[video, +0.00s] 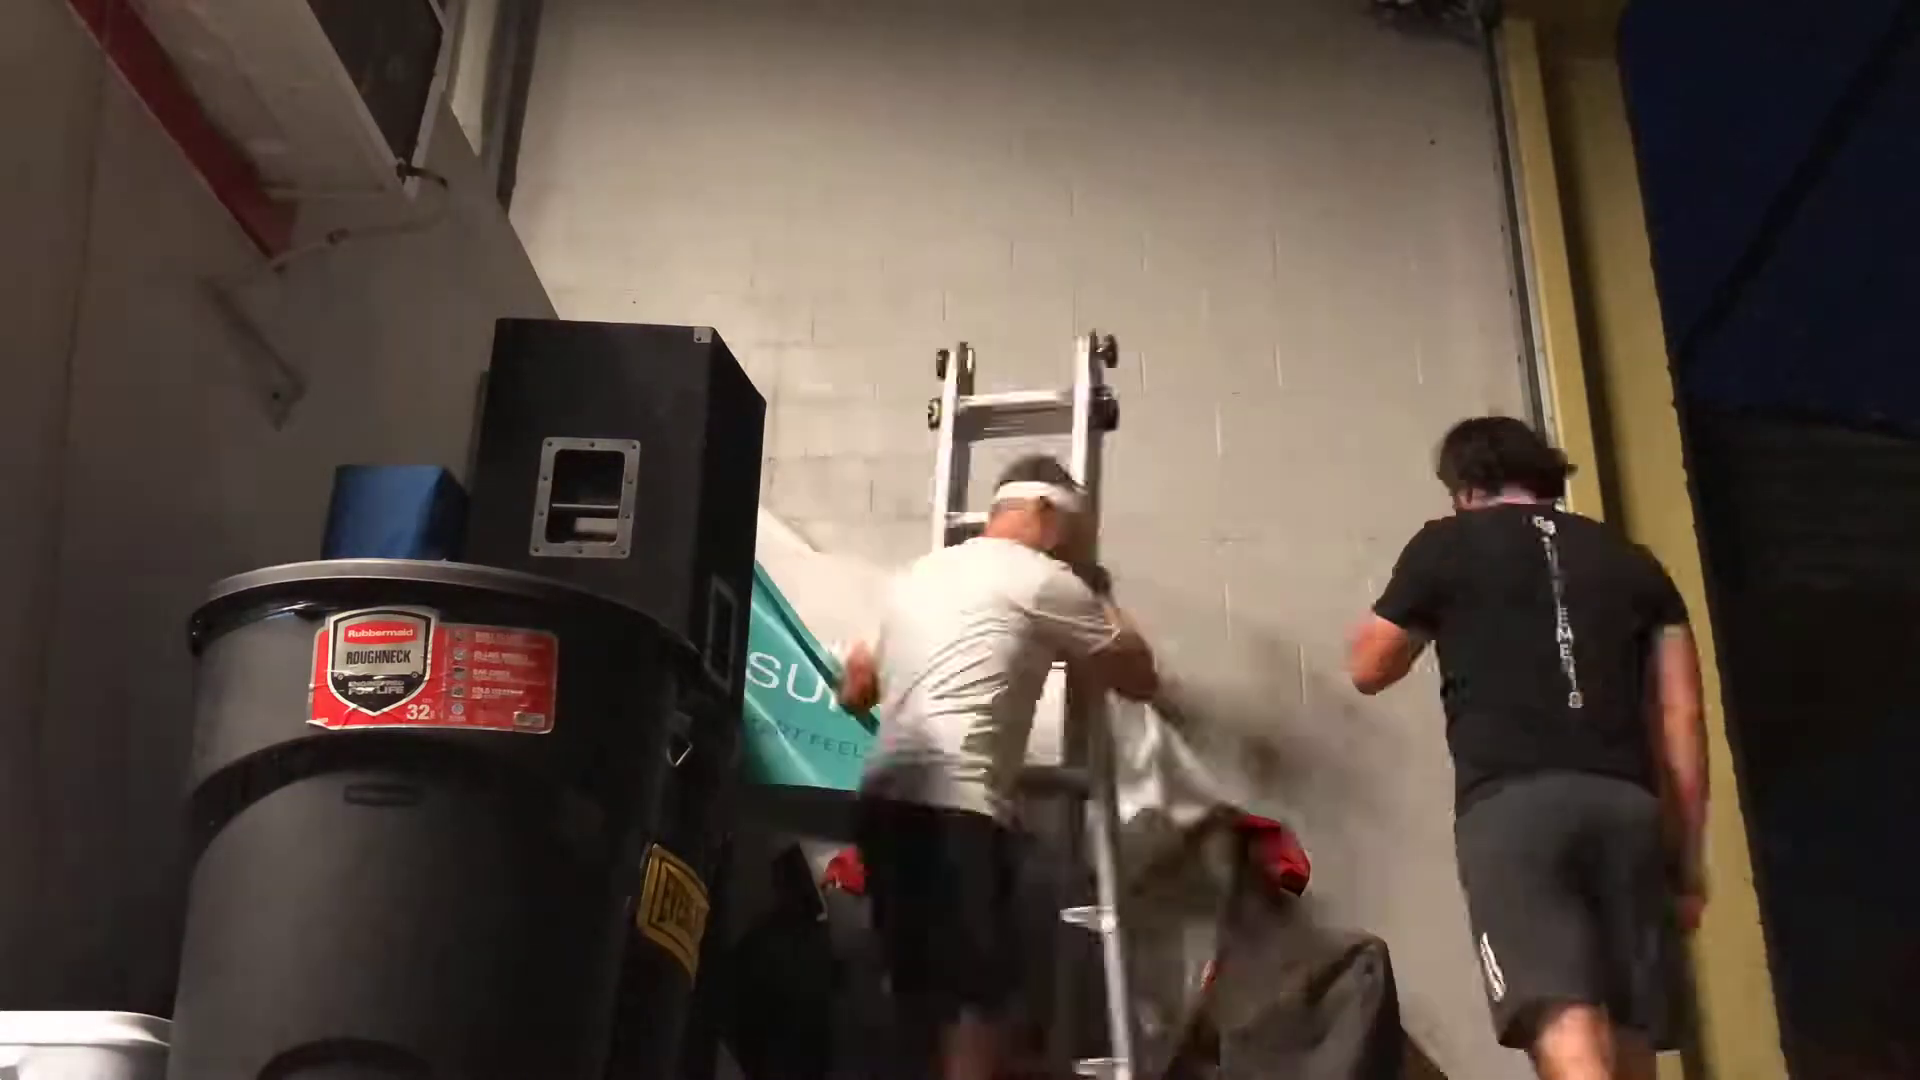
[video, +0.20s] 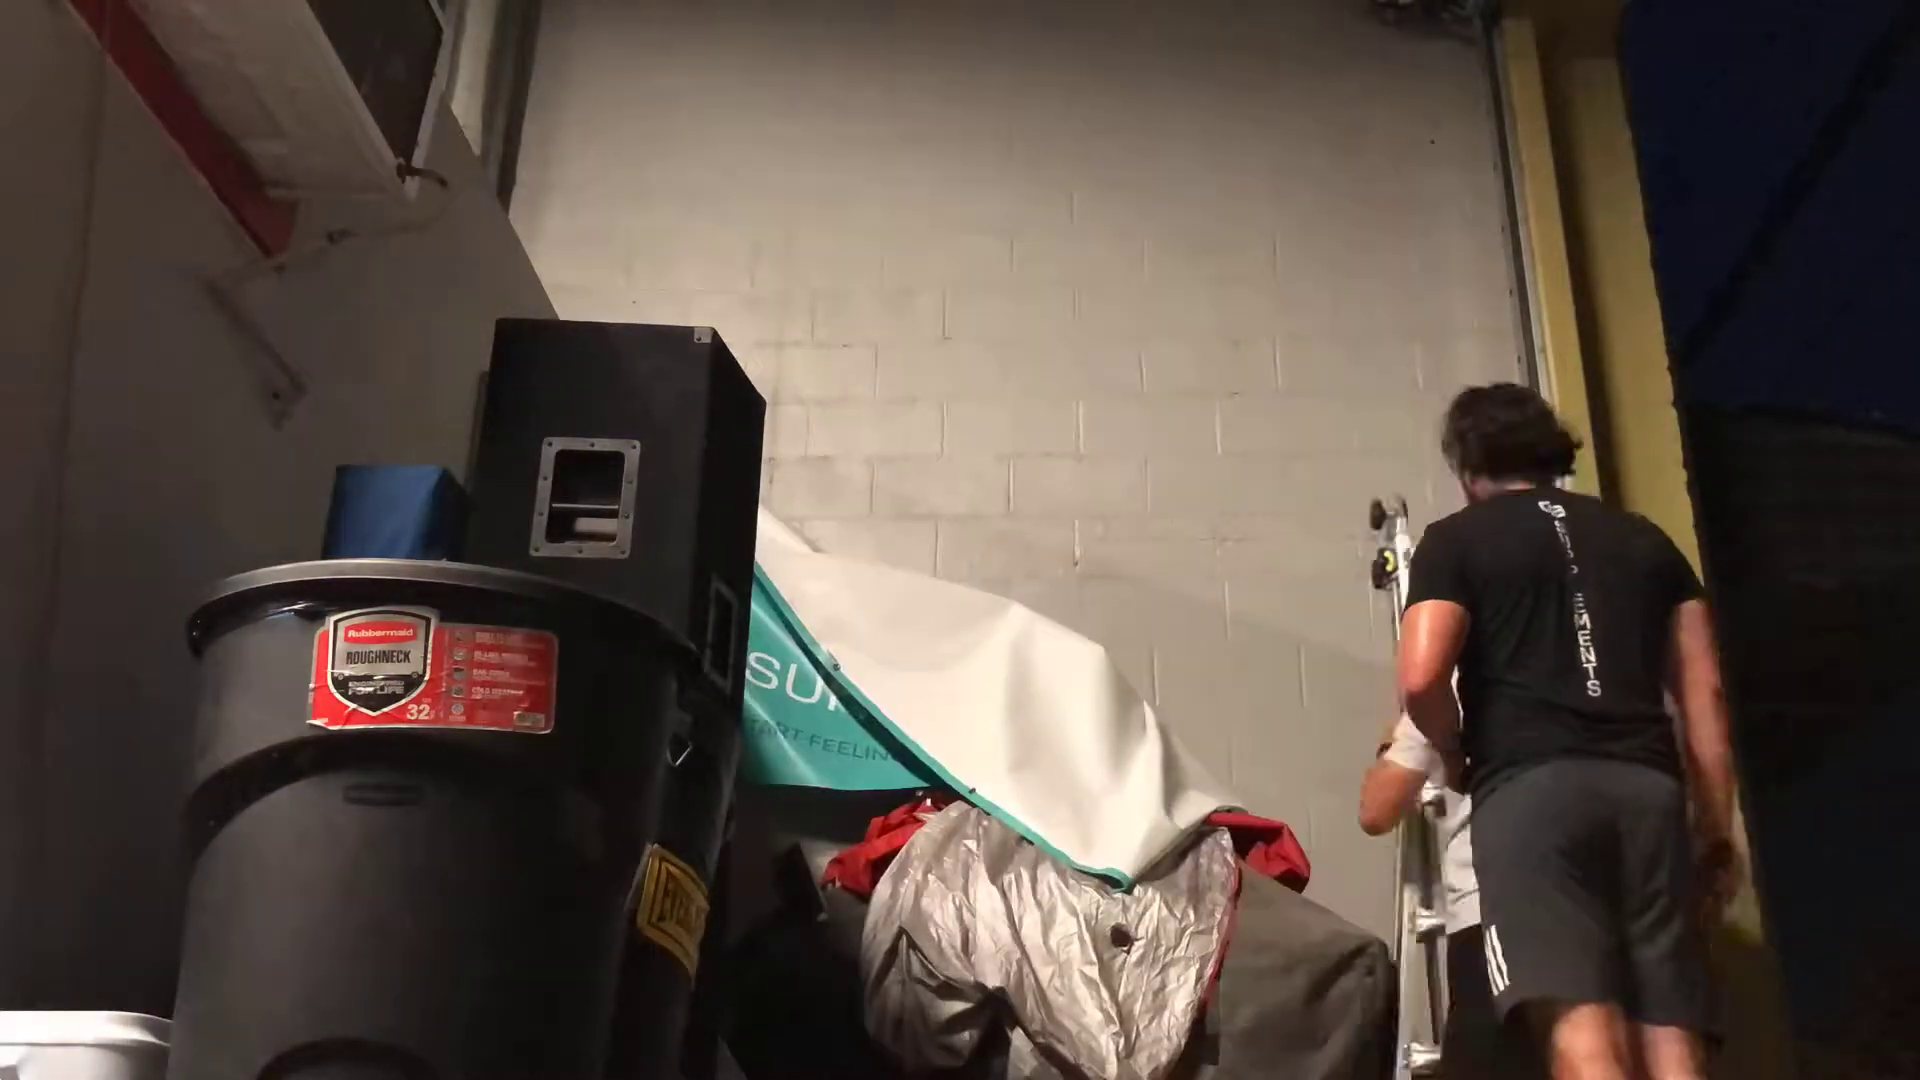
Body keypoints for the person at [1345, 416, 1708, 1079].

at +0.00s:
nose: (1450, 505)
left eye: (1450, 494)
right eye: (1452, 495)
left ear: (1465, 491)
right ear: (1552, 484)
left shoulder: (1448, 545)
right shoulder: (1631, 557)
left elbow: (1368, 667)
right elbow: (1682, 717)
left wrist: (1436, 594)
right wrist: (1689, 859)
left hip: (1514, 801)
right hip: (1628, 804)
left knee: (1566, 1027)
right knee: (1635, 1039)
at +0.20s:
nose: (1462, 487)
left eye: (1461, 472)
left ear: (1470, 471)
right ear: (1554, 459)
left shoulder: (1457, 538)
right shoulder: (1643, 536)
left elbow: (1421, 677)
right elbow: (1702, 688)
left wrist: (1452, 756)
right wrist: (1718, 822)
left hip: (1531, 789)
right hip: (1649, 787)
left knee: (1584, 1028)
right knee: (1671, 1031)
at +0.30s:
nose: (1438, 514)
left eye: (1438, 499)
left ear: (1451, 497)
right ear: (1540, 483)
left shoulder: (1439, 558)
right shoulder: (1629, 549)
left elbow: (1406, 701)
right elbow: (1694, 700)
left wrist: (1450, 787)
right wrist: (1723, 836)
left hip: (1524, 799)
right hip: (1642, 798)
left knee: (1579, 1034)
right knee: (1648, 1039)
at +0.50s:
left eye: (1391, 533)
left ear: (1394, 533)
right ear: (1476, 518)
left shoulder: (1362, 602)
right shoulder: (1548, 581)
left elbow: (1323, 740)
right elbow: (1612, 713)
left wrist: (1376, 818)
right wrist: (1553, 785)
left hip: (1421, 830)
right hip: (1532, 824)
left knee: (1452, 1040)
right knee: (1545, 1040)